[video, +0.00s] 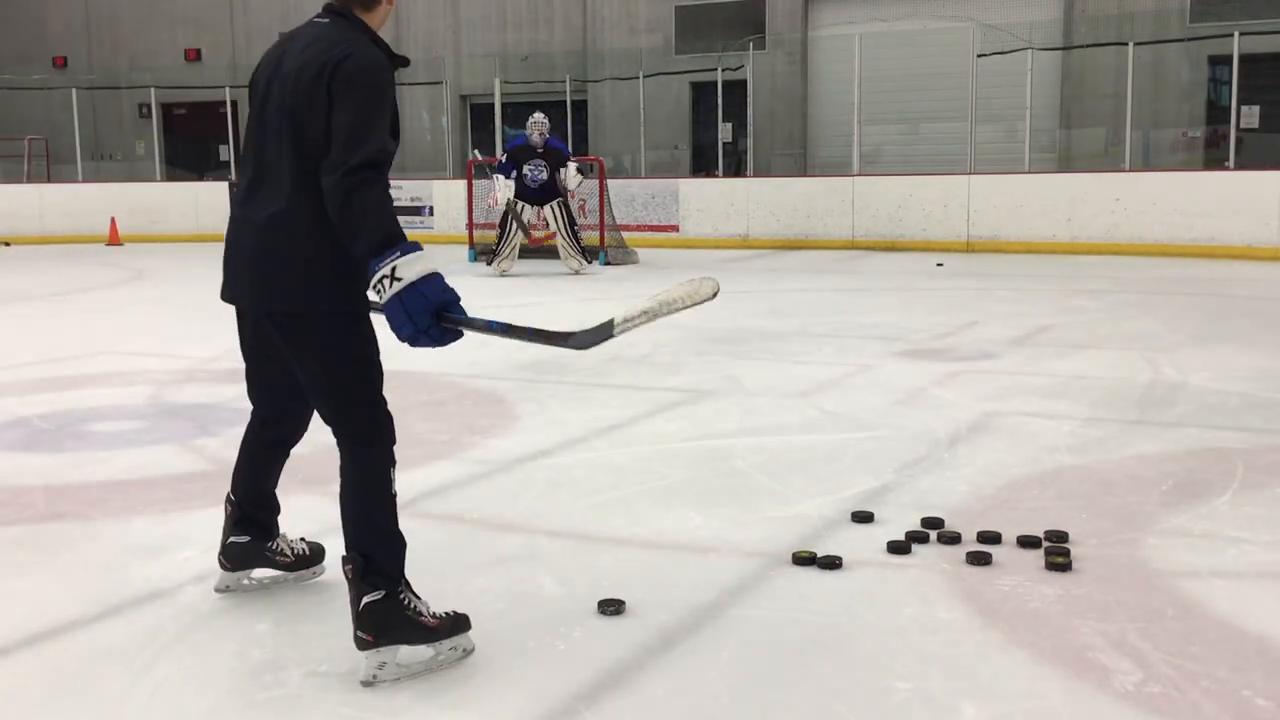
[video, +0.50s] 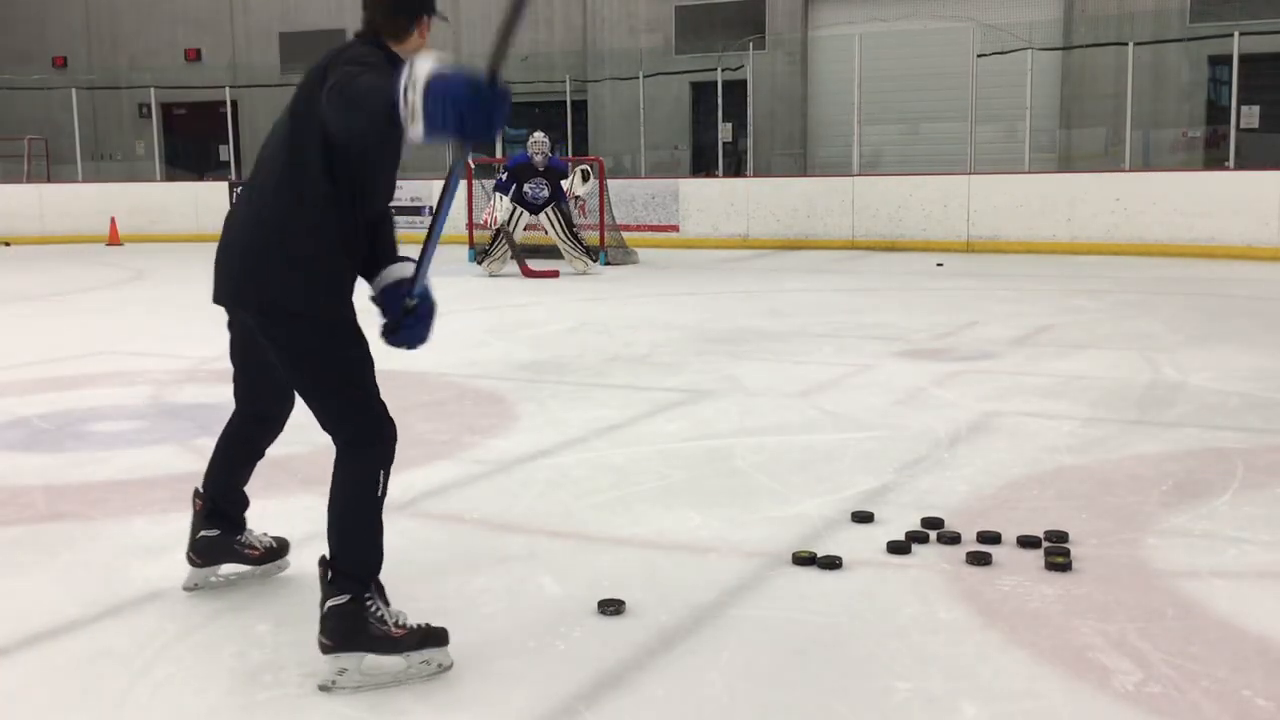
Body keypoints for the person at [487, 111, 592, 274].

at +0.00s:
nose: (536, 133)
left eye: (541, 130)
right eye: (533, 130)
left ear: (546, 131)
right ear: (528, 131)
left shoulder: (556, 149)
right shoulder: (517, 148)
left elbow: (569, 181)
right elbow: (503, 171)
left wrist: (574, 176)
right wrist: (501, 190)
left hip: (552, 197)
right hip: (523, 197)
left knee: (566, 229)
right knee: (511, 231)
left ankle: (578, 263)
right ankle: (501, 264)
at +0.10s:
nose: (539, 142)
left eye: (543, 138)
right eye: (536, 138)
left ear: (549, 138)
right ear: (530, 137)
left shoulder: (558, 153)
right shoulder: (519, 153)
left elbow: (573, 175)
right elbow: (504, 176)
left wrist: (580, 167)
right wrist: (497, 197)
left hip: (552, 198)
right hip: (523, 198)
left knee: (566, 229)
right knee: (509, 229)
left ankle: (579, 263)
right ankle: (496, 264)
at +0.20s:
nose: (541, 148)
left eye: (544, 144)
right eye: (537, 144)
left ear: (550, 143)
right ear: (531, 143)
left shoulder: (559, 159)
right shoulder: (519, 159)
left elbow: (570, 184)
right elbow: (504, 183)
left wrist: (582, 168)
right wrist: (497, 205)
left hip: (552, 201)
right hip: (522, 201)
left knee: (567, 231)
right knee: (506, 231)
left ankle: (583, 263)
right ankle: (492, 264)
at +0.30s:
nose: (541, 152)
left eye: (545, 148)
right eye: (538, 149)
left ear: (550, 148)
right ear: (531, 148)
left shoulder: (558, 164)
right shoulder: (519, 162)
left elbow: (567, 191)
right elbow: (502, 186)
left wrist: (578, 178)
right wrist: (496, 208)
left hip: (549, 204)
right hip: (521, 203)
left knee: (566, 235)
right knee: (507, 234)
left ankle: (588, 267)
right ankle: (489, 266)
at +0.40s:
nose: (539, 149)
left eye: (543, 145)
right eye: (536, 145)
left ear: (549, 146)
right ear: (530, 146)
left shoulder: (556, 164)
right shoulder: (520, 163)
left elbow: (570, 185)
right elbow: (503, 187)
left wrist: (580, 176)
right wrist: (496, 208)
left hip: (549, 204)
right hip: (521, 203)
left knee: (564, 233)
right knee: (507, 232)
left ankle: (583, 263)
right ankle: (491, 264)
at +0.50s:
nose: (539, 155)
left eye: (543, 151)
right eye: (536, 151)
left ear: (548, 151)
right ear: (529, 150)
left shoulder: (557, 166)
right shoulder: (518, 164)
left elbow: (570, 184)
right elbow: (501, 187)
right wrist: (497, 209)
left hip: (549, 205)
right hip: (521, 204)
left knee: (564, 234)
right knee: (507, 234)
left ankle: (584, 264)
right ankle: (491, 265)